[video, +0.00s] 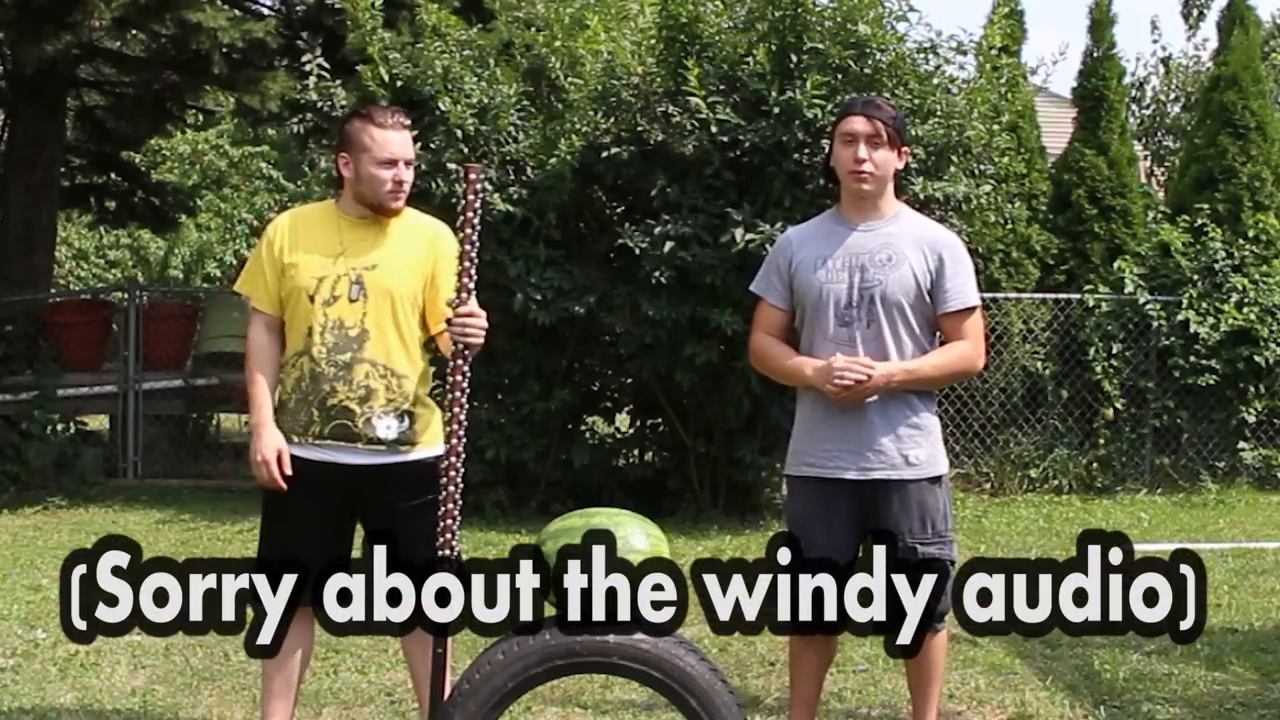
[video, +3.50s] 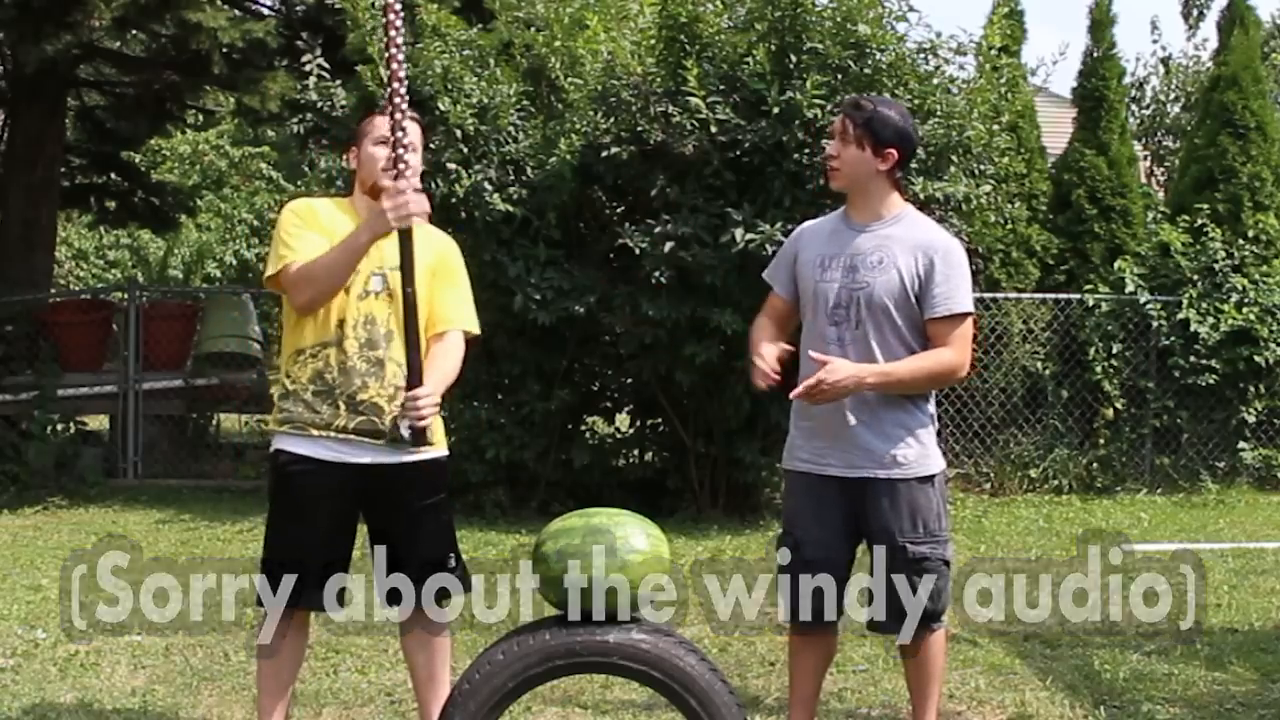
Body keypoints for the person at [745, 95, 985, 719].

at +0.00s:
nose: (861, 154)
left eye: (876, 143)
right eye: (849, 142)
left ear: (899, 157)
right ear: (832, 155)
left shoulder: (938, 244)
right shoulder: (795, 245)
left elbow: (970, 351)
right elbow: (762, 344)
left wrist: (887, 374)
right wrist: (813, 371)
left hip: (910, 466)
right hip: (818, 466)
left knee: (925, 611)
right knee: (812, 611)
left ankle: (925, 717)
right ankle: (800, 716)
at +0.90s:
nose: (821, 164)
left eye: (835, 153)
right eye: (820, 152)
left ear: (880, 159)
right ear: (820, 156)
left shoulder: (938, 245)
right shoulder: (798, 244)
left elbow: (970, 351)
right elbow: (767, 356)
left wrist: (893, 378)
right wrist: (773, 326)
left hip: (906, 467)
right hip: (816, 464)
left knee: (923, 611)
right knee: (810, 610)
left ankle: (924, 717)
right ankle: (800, 716)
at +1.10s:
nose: (819, 165)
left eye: (832, 153)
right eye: (818, 152)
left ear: (879, 158)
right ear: (829, 157)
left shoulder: (938, 244)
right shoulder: (801, 242)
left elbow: (970, 350)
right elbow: (746, 327)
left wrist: (889, 375)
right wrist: (705, 265)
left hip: (908, 467)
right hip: (817, 464)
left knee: (923, 611)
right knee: (811, 610)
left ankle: (925, 716)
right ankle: (800, 717)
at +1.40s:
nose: (818, 163)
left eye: (831, 152)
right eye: (817, 150)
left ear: (876, 159)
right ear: (826, 156)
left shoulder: (935, 245)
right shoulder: (802, 243)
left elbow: (967, 351)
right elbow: (765, 332)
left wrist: (888, 376)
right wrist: (694, 338)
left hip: (906, 467)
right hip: (816, 464)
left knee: (922, 611)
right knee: (812, 609)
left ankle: (924, 717)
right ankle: (800, 716)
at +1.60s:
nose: (810, 165)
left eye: (823, 153)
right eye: (809, 152)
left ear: (867, 157)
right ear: (834, 158)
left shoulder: (929, 245)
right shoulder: (798, 245)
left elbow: (961, 350)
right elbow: (780, 334)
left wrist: (874, 381)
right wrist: (784, 366)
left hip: (901, 467)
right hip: (813, 466)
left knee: (920, 611)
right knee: (809, 610)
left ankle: (924, 716)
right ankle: (799, 716)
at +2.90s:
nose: (821, 161)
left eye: (834, 151)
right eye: (821, 149)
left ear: (879, 158)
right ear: (829, 156)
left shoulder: (935, 245)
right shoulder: (805, 244)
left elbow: (964, 353)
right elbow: (762, 328)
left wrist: (875, 377)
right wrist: (697, 322)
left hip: (906, 468)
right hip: (817, 466)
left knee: (923, 612)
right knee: (812, 609)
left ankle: (925, 717)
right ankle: (800, 716)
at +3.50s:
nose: (828, 150)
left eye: (842, 141)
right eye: (831, 139)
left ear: (884, 158)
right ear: (861, 156)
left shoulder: (935, 247)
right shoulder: (807, 239)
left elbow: (955, 357)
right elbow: (774, 319)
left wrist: (861, 375)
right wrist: (766, 348)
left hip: (902, 467)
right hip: (813, 462)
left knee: (921, 613)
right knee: (808, 610)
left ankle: (924, 716)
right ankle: (799, 716)